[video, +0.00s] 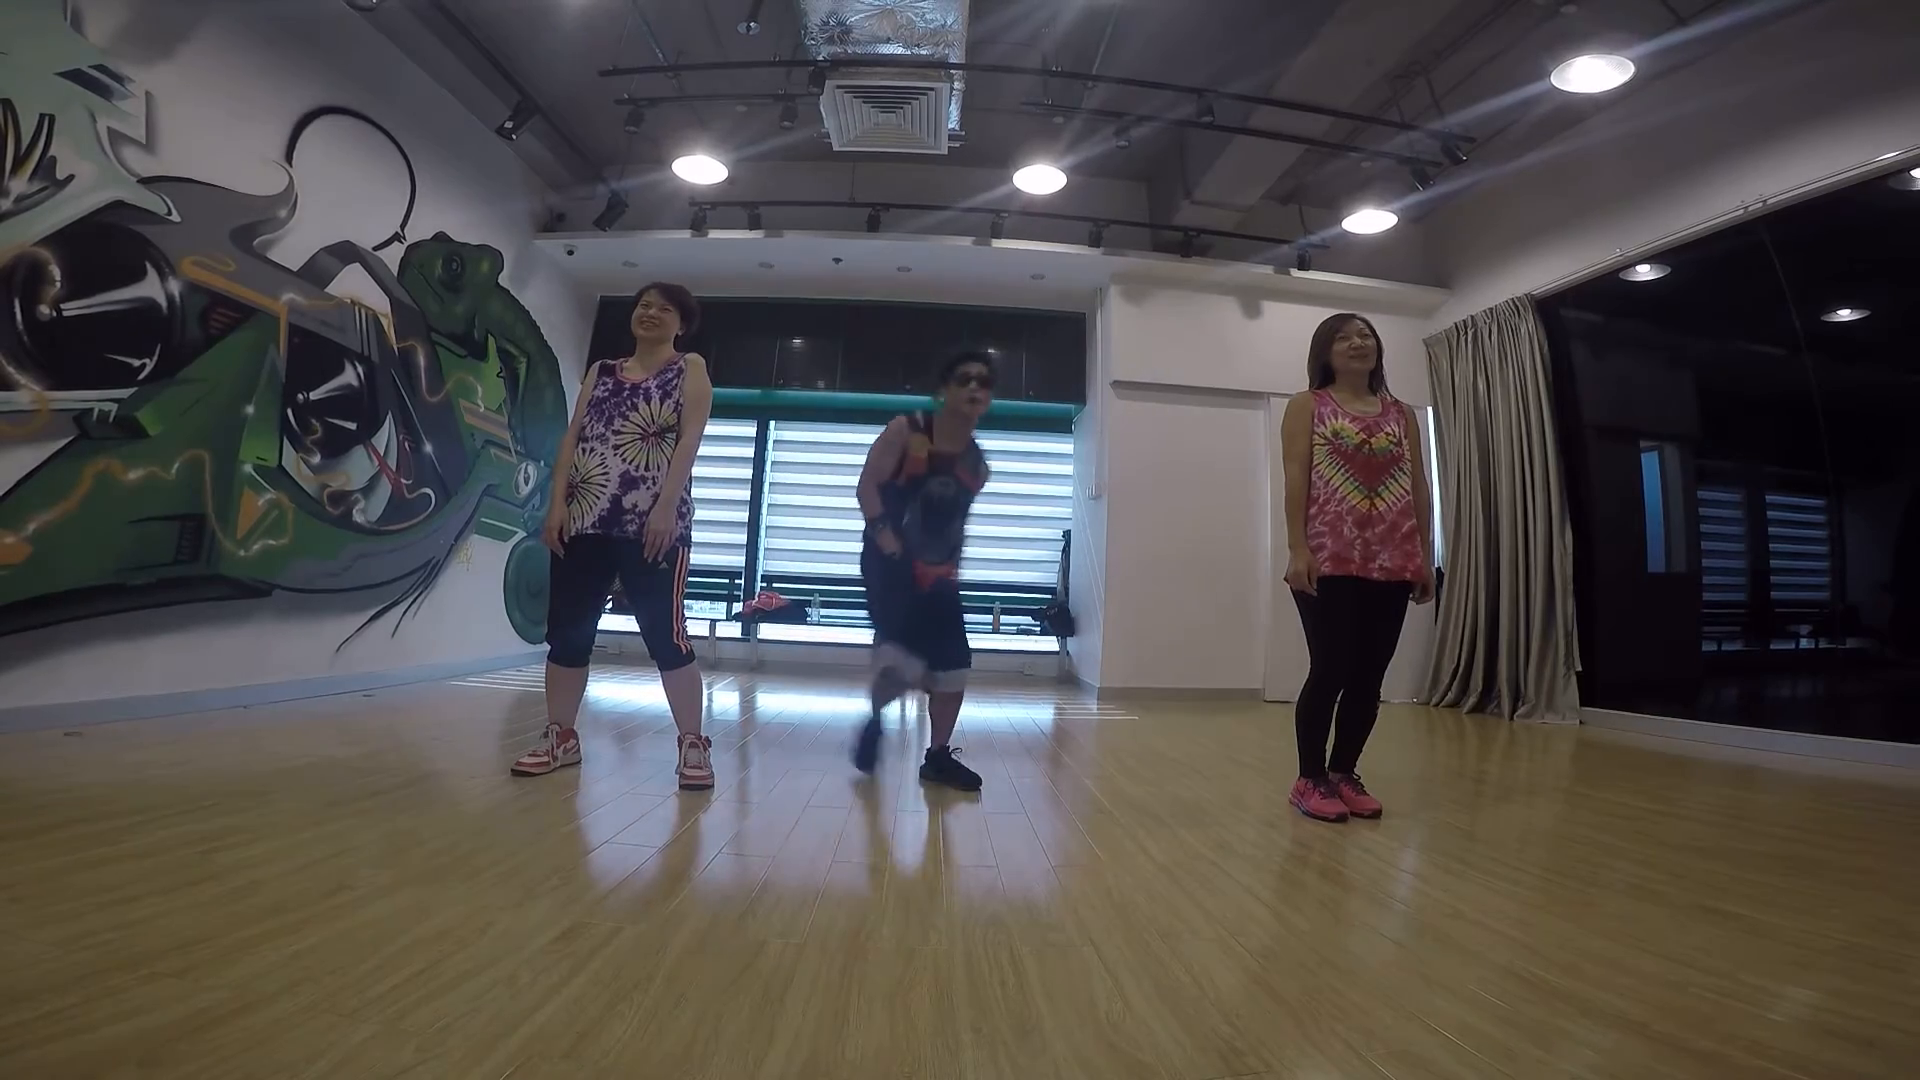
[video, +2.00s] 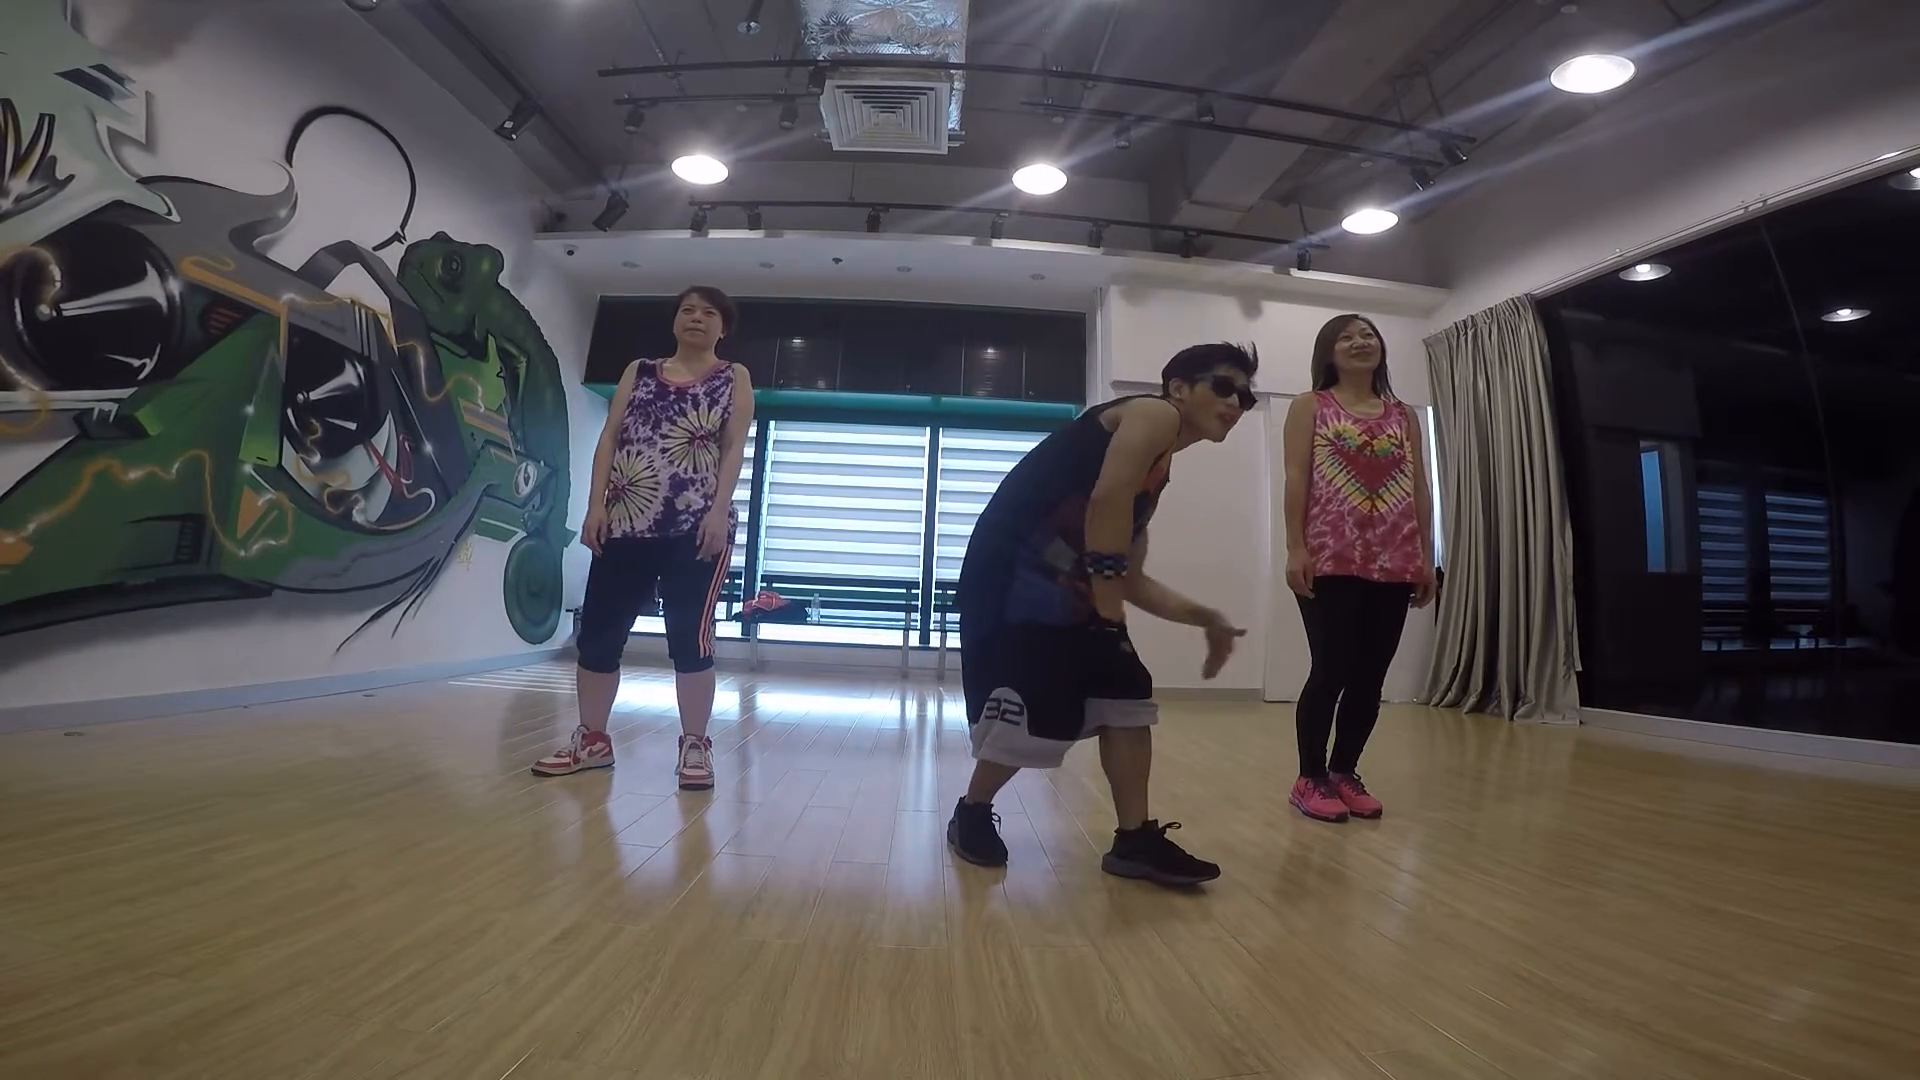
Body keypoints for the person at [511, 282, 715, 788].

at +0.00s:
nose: (649, 312)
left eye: (663, 308)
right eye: (643, 305)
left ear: (681, 326)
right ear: (630, 317)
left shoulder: (690, 369)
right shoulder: (600, 372)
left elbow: (688, 442)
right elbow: (572, 439)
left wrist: (666, 507)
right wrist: (557, 501)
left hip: (650, 526)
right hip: (583, 522)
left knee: (667, 640)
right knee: (567, 636)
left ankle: (692, 744)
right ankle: (561, 739)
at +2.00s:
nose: (695, 317)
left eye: (706, 313)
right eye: (687, 311)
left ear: (722, 329)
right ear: (674, 322)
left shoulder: (733, 378)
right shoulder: (638, 372)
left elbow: (733, 450)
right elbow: (609, 438)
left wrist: (719, 510)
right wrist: (596, 505)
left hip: (694, 529)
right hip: (626, 523)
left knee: (691, 643)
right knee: (598, 636)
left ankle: (694, 745)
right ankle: (592, 740)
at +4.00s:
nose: (675, 310)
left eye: (686, 307)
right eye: (666, 303)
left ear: (696, 327)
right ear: (647, 318)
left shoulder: (705, 372)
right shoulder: (614, 374)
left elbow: (708, 445)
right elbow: (585, 442)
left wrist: (697, 508)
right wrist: (569, 503)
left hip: (664, 528)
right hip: (596, 524)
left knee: (671, 642)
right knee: (579, 637)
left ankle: (692, 744)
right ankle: (578, 740)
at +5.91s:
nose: (640, 310)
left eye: (652, 305)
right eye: (632, 303)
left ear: (669, 321)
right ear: (617, 315)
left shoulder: (682, 374)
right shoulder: (584, 368)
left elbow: (684, 450)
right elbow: (552, 435)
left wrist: (673, 517)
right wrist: (535, 502)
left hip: (637, 529)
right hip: (568, 526)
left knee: (629, 640)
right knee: (563, 640)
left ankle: (656, 737)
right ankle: (580, 742)